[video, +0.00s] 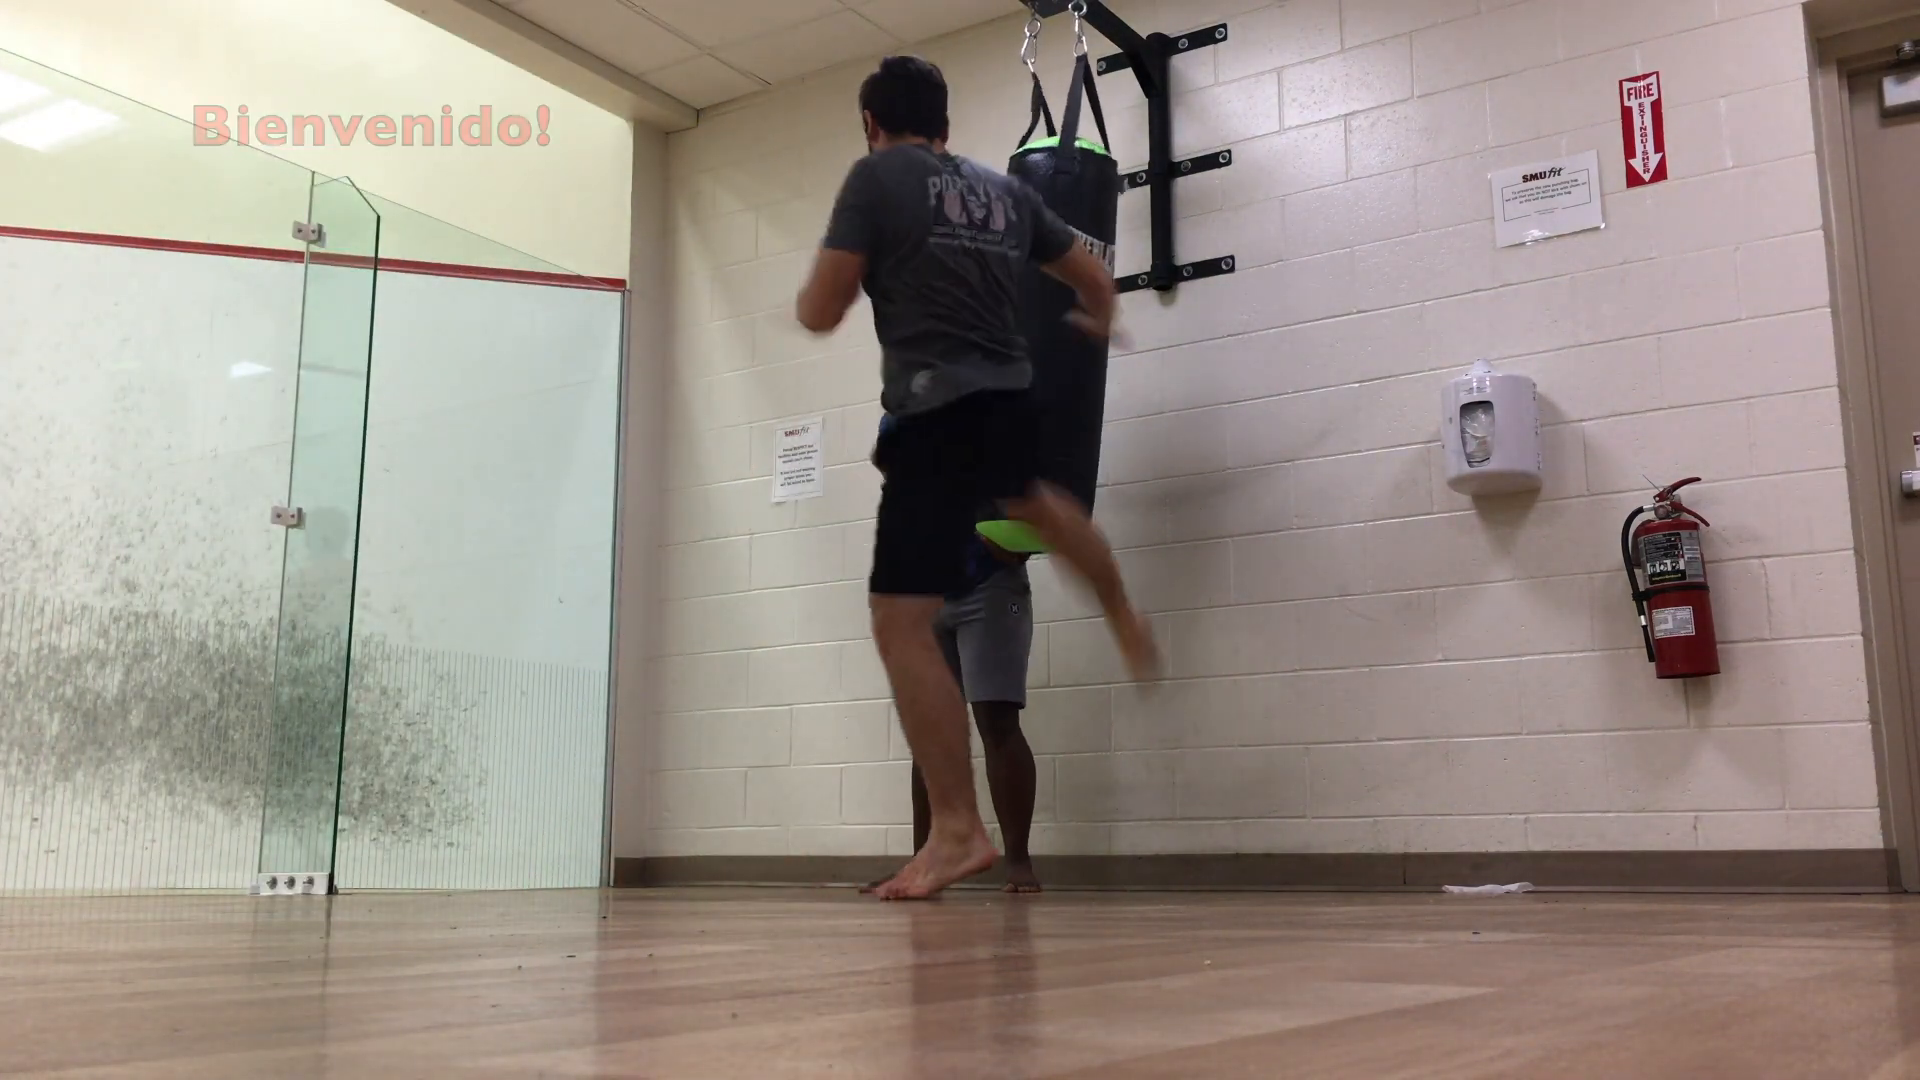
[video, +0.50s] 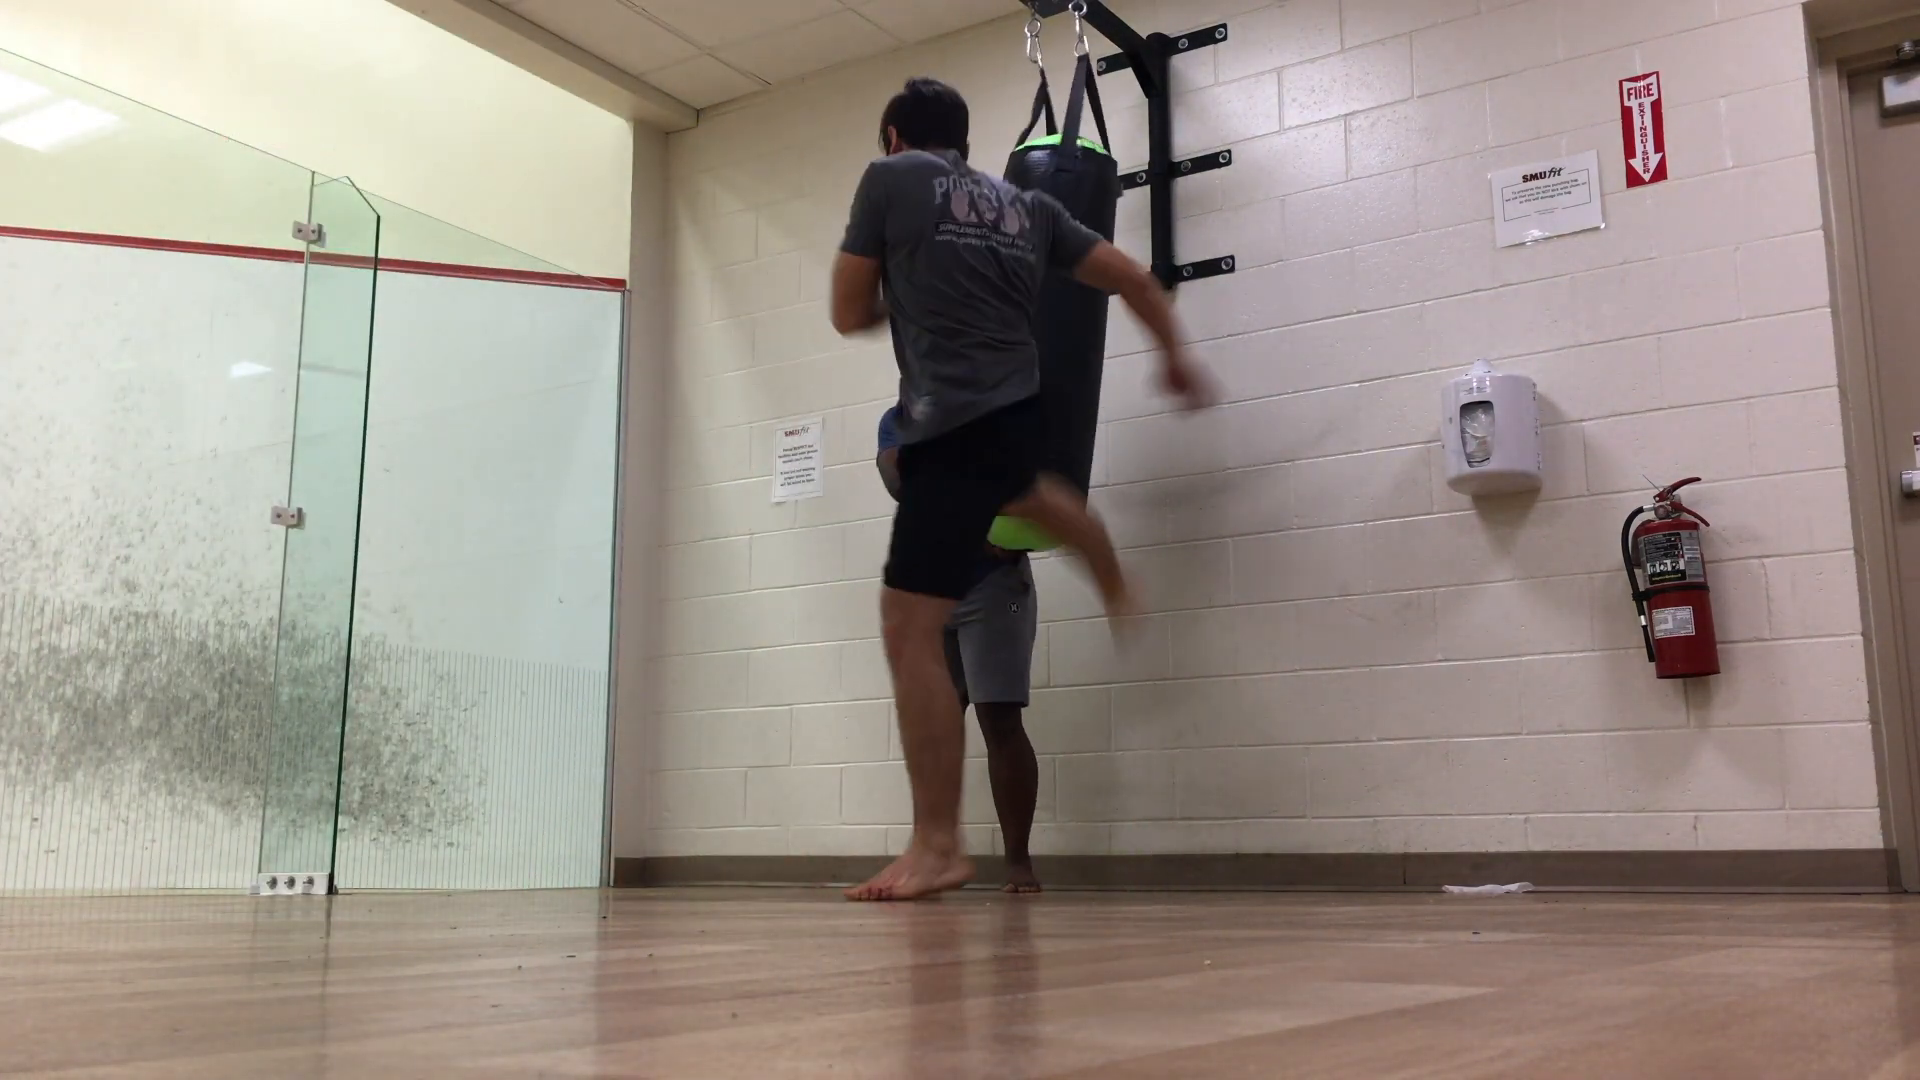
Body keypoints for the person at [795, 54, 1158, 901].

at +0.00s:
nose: (865, 138)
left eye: (864, 127)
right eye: (870, 128)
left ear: (874, 126)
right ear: (945, 124)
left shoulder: (876, 179)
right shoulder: (1004, 191)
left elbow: (820, 311)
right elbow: (1093, 273)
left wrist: (851, 262)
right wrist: (1101, 314)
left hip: (932, 421)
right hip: (1016, 409)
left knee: (901, 623)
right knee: (1027, 496)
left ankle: (957, 830)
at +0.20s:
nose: (886, 181)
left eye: (883, 170)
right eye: (889, 171)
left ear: (890, 168)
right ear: (962, 164)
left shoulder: (921, 226)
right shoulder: (1007, 227)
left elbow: (887, 281)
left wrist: (745, 296)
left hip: (945, 484)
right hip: (1032, 475)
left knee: (918, 666)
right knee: (1089, 654)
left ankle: (982, 855)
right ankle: (1149, 836)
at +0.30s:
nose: (883, 149)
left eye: (881, 137)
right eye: (885, 139)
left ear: (894, 129)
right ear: (958, 127)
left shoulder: (919, 189)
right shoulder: (995, 187)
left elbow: (811, 258)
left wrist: (744, 294)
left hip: (963, 436)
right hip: (1027, 424)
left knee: (896, 616)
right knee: (1013, 541)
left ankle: (949, 821)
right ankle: (1156, 648)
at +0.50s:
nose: (883, 155)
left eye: (883, 144)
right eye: (886, 145)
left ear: (894, 139)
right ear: (965, 141)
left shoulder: (889, 179)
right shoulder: (1024, 207)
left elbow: (850, 315)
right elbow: (1132, 275)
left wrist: (915, 289)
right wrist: (1174, 356)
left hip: (946, 432)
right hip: (1021, 415)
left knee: (910, 629)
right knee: (1017, 485)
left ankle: (937, 848)